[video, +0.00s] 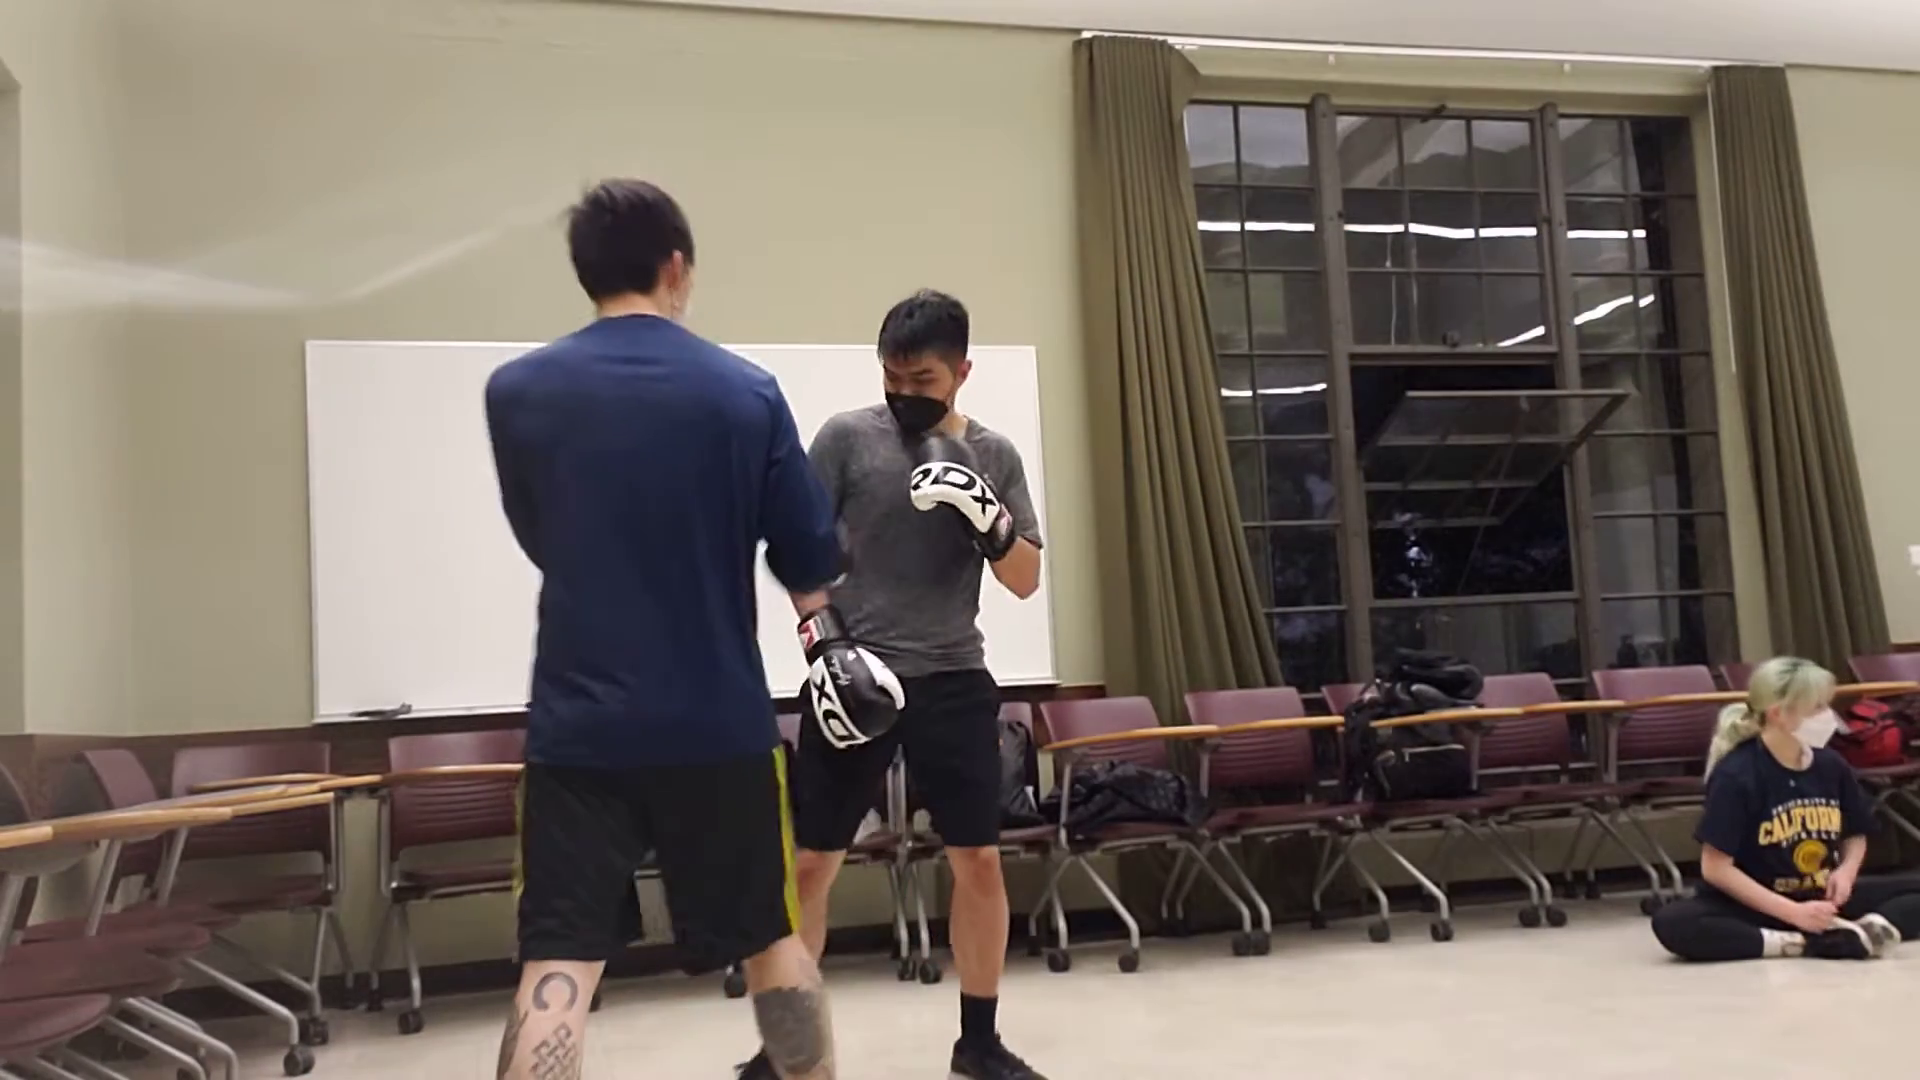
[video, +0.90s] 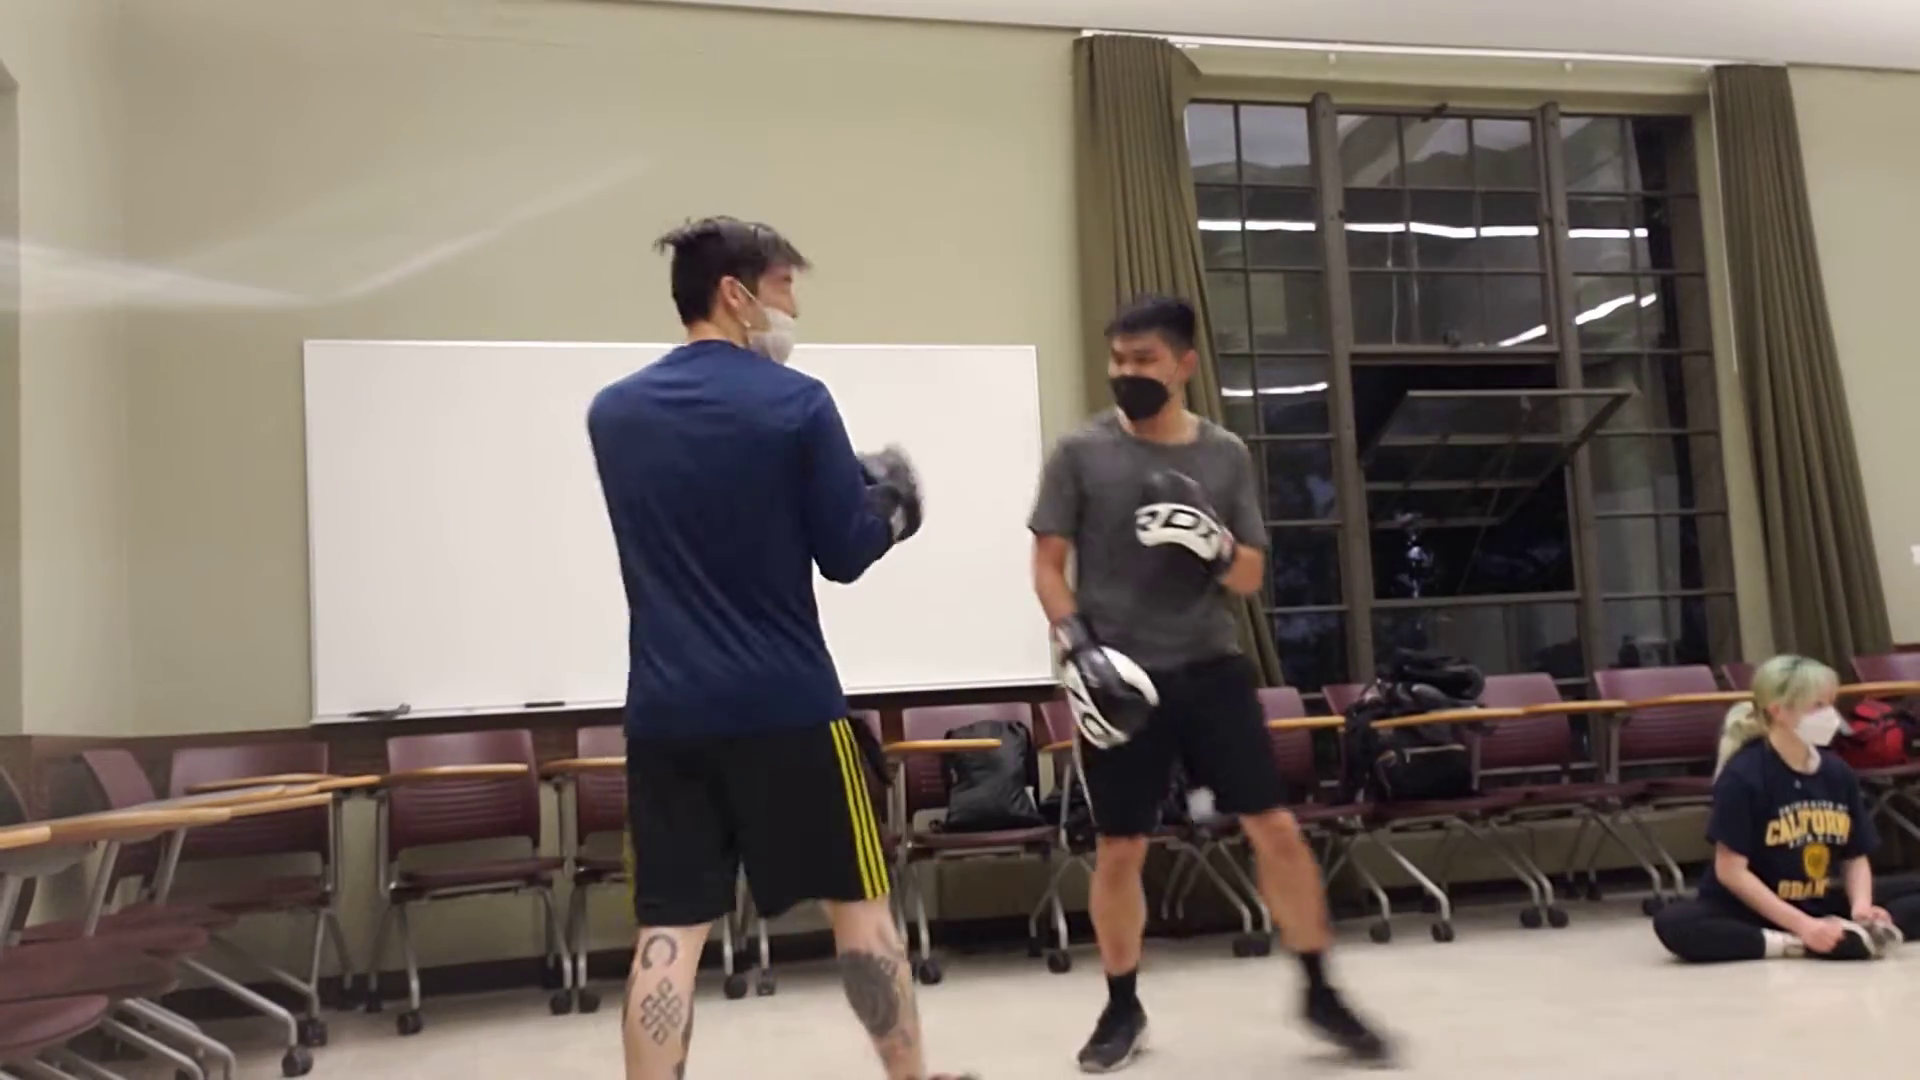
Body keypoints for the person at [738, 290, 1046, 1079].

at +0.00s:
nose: (912, 394)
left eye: (929, 378)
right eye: (899, 377)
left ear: (963, 370)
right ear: (880, 367)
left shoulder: (993, 456)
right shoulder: (843, 439)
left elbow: (1024, 580)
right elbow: (800, 548)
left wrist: (990, 518)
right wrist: (824, 644)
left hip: (952, 680)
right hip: (853, 677)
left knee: (979, 859)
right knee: (811, 862)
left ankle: (979, 1040)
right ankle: (783, 1046)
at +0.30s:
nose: (938, 399)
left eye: (955, 385)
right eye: (927, 384)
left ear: (985, 385)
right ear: (910, 380)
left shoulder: (1004, 474)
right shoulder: (869, 462)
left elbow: (1006, 584)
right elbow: (835, 576)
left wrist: (952, 500)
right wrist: (869, 658)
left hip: (970, 684)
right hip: (875, 685)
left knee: (1030, 851)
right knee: (822, 858)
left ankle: (1074, 1002)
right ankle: (804, 1036)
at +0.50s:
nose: (1018, 392)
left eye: (1035, 379)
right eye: (1008, 379)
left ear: (1073, 385)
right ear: (996, 383)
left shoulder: (1097, 471)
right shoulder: (962, 455)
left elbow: (1081, 572)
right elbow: (917, 572)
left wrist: (998, 502)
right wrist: (946, 641)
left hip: (1067, 695)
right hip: (970, 692)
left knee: (1116, 865)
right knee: (892, 859)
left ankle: (1151, 1022)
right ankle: (811, 1029)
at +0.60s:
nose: (1050, 377)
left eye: (1067, 363)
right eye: (1041, 364)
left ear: (1108, 369)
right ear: (1030, 372)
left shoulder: (1142, 460)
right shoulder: (1003, 453)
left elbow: (1145, 570)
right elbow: (965, 561)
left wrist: (1064, 513)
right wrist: (980, 629)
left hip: (1112, 681)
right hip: (1017, 681)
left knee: (1140, 858)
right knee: (958, 849)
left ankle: (1151, 1021)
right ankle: (904, 1024)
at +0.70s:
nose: (1076, 351)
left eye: (1091, 337)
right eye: (1066, 338)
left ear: (1132, 340)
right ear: (1055, 343)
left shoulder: (1174, 434)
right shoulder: (1027, 428)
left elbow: (1200, 551)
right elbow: (1007, 540)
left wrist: (1129, 511)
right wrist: (1018, 623)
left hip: (1143, 652)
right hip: (1051, 651)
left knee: (1166, 823)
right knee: (1026, 826)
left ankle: (1165, 1004)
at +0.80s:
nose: (1097, 348)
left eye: (1113, 335)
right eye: (1088, 335)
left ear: (1155, 336)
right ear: (1079, 336)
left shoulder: (1196, 426)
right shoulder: (1051, 421)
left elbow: (1230, 545)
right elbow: (1023, 534)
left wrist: (1190, 526)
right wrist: (1047, 624)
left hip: (1175, 640)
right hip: (1084, 642)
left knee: (1217, 808)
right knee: (1086, 822)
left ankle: (1217, 988)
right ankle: (1105, 992)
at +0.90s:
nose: (1126, 375)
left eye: (1143, 361)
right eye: (1117, 361)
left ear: (1186, 363)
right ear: (1108, 364)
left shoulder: (1225, 455)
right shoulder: (1079, 454)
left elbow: (1250, 576)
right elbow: (1047, 563)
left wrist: (1218, 548)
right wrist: (1078, 645)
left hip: (1211, 667)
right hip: (1117, 674)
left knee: (1274, 824)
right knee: (1118, 849)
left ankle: (1320, 993)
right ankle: (1121, 1006)